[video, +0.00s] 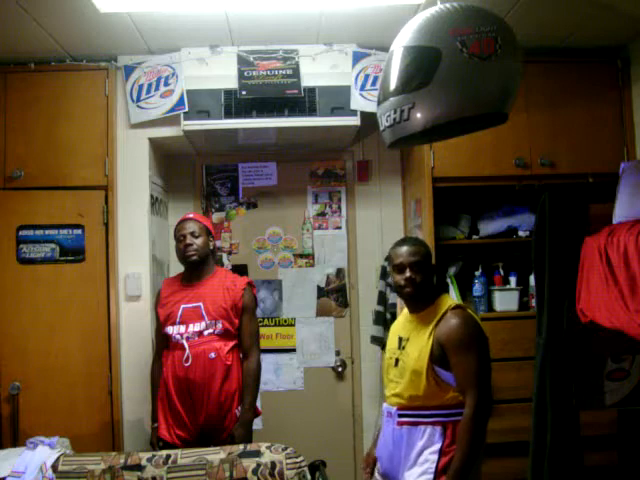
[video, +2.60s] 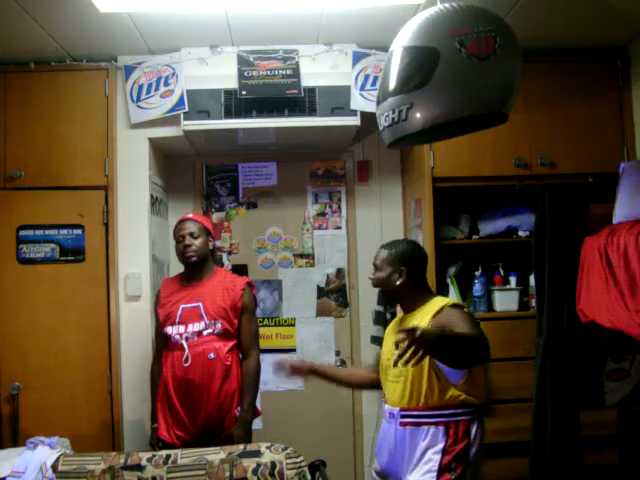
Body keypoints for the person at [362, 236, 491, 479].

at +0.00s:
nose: (408, 276)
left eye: (416, 268)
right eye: (399, 270)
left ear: (431, 270)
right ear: (390, 276)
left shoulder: (456, 324)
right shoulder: (404, 318)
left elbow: (477, 402)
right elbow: (398, 393)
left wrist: (456, 471)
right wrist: (376, 446)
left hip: (433, 441)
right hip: (393, 439)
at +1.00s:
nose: (405, 276)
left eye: (414, 268)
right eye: (397, 270)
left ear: (430, 272)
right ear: (388, 277)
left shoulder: (457, 323)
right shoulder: (400, 323)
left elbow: (482, 396)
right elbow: (397, 394)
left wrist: (444, 460)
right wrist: (371, 441)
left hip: (434, 443)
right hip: (393, 441)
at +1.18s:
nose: (409, 271)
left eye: (417, 264)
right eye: (400, 265)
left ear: (431, 268)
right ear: (390, 273)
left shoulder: (455, 314)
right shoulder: (396, 321)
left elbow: (475, 370)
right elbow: (393, 391)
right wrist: (370, 437)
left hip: (440, 434)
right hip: (394, 434)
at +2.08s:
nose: (407, 271)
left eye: (416, 263)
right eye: (398, 265)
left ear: (429, 269)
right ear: (389, 274)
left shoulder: (453, 311)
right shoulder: (396, 324)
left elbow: (469, 357)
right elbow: (393, 393)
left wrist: (442, 333)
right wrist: (361, 437)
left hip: (441, 435)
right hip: (395, 436)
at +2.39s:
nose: (376, 274)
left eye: (384, 266)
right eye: (379, 266)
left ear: (407, 275)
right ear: (405, 276)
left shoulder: (454, 314)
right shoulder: (397, 325)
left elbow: (468, 341)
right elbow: (390, 389)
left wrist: (440, 319)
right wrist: (343, 417)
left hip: (438, 443)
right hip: (393, 440)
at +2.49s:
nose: (375, 275)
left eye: (381, 267)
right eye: (376, 267)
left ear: (404, 271)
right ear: (401, 271)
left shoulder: (450, 311)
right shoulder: (395, 324)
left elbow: (472, 347)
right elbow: (384, 388)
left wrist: (436, 328)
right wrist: (331, 394)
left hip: (438, 437)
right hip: (395, 435)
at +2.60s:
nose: (371, 276)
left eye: (377, 269)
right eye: (373, 268)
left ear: (400, 276)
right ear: (398, 278)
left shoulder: (447, 312)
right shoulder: (396, 323)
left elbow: (479, 350)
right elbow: (377, 376)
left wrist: (433, 340)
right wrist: (314, 369)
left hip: (440, 437)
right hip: (397, 434)